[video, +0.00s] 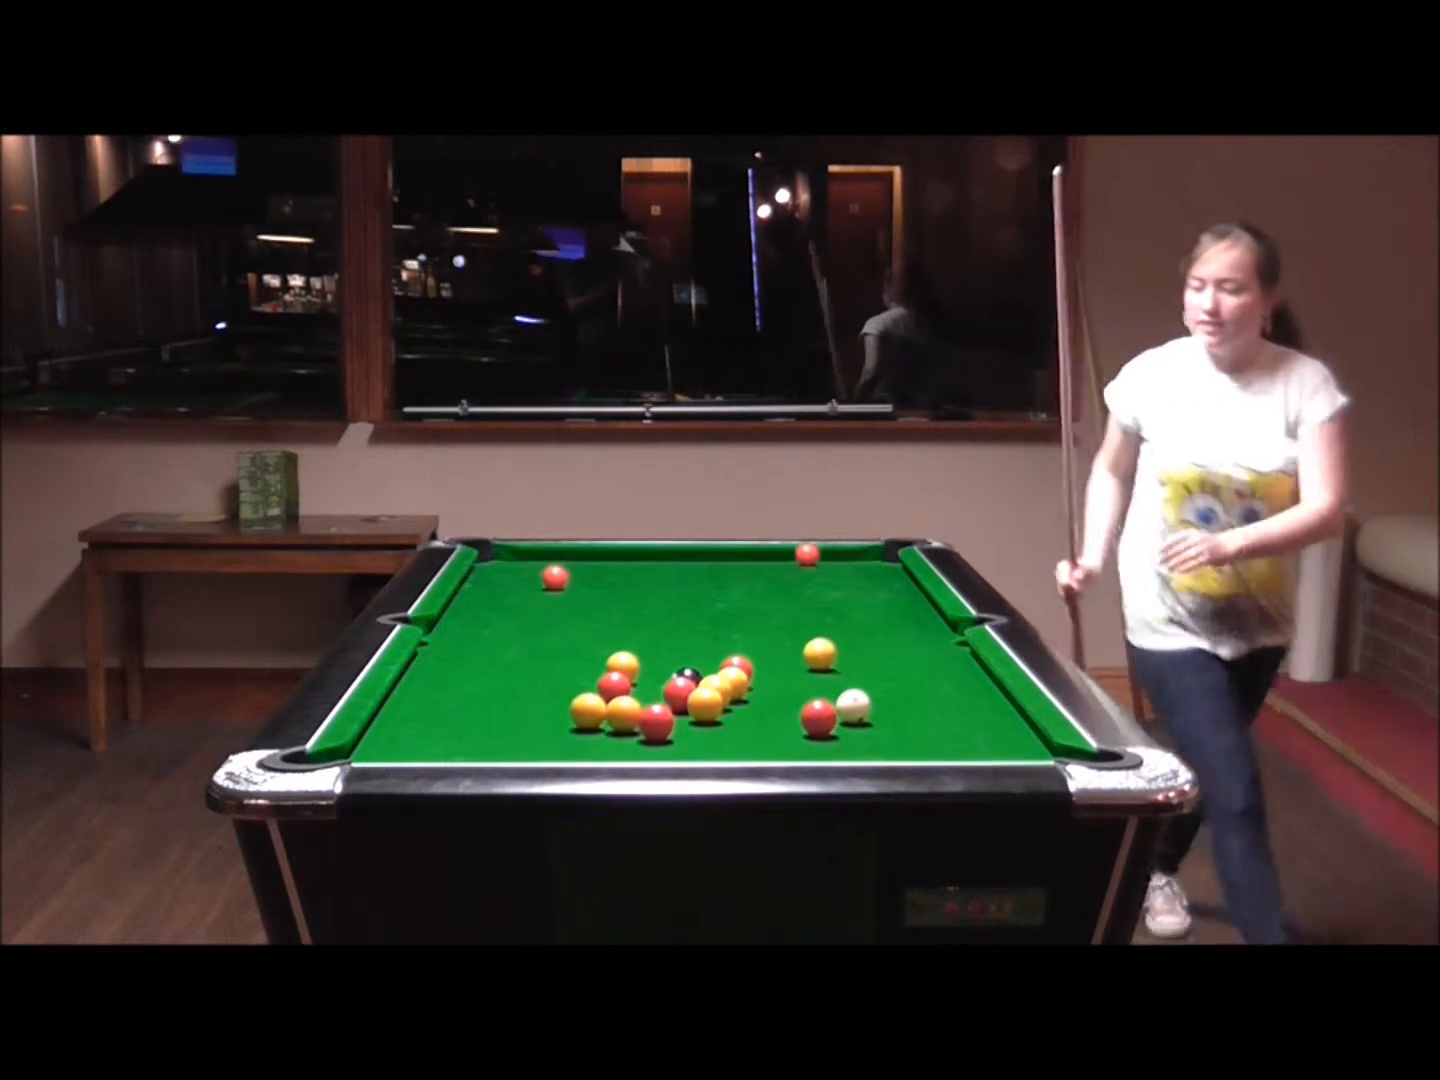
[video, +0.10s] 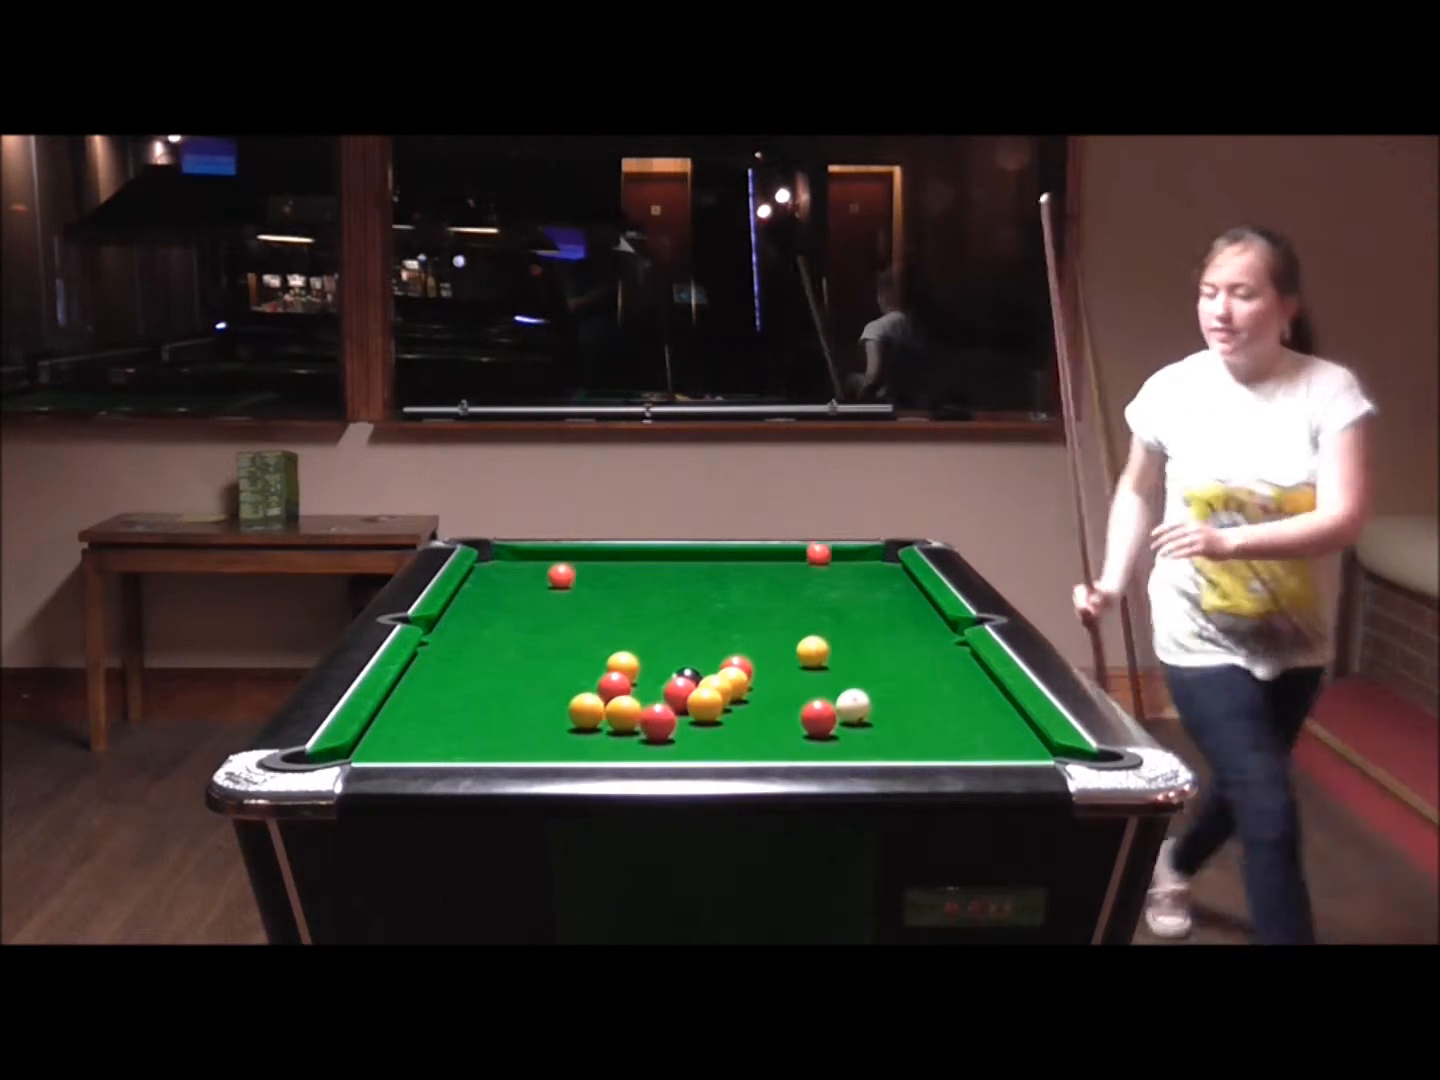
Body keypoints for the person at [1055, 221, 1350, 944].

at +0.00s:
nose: (1207, 303)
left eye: (1229, 288)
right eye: (1197, 285)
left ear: (1267, 303)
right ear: (1183, 291)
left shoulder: (1305, 383)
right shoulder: (1149, 376)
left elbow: (1328, 509)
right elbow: (1111, 469)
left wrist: (1226, 543)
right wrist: (1094, 556)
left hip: (1259, 628)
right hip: (1166, 622)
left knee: (1202, 771)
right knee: (1236, 793)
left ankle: (1157, 869)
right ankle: (1266, 936)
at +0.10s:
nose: (1219, 309)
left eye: (1241, 294)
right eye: (1209, 291)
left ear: (1286, 309)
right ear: (1197, 297)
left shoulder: (1329, 390)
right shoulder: (1169, 391)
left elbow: (1343, 518)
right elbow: (1136, 491)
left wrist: (1229, 541)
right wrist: (1113, 581)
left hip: (1294, 645)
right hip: (1199, 641)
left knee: (1238, 790)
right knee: (1271, 816)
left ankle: (1170, 870)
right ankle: (1286, 940)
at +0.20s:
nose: (1244, 303)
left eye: (1266, 287)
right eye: (1235, 286)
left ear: (1320, 301)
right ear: (1225, 295)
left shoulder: (1369, 391)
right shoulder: (1206, 393)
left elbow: (1363, 536)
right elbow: (1183, 503)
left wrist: (1226, 534)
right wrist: (1158, 595)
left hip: (1344, 666)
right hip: (1235, 664)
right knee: (1299, 848)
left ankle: (1268, 865)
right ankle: (1290, 932)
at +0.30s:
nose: (1264, 294)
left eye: (1286, 276)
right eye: (1257, 276)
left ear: (1347, 292)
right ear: (1248, 285)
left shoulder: (1391, 387)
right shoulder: (1232, 384)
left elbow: (1364, 536)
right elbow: (1229, 508)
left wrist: (1212, 520)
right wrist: (1195, 588)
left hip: (1371, 667)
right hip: (1250, 667)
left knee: (1381, 869)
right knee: (1300, 860)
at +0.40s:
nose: (1289, 288)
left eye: (1315, 270)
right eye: (1286, 270)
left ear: (1382, 287)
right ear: (1279, 276)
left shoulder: (1413, 387)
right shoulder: (1274, 380)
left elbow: (1344, 538)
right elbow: (1281, 524)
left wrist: (1191, 508)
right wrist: (1245, 585)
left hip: (1402, 676)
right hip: (1290, 674)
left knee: (1407, 891)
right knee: (1319, 891)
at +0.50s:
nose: (1305, 297)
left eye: (1330, 277)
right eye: (1303, 276)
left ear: (1399, 294)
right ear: (1299, 282)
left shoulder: (1426, 392)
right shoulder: (1310, 386)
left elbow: (1329, 542)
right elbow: (1309, 529)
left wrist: (1177, 508)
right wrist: (1281, 594)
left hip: (1422, 707)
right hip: (1323, 703)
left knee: (1420, 922)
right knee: (1334, 915)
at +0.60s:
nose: (1329, 317)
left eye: (1355, 296)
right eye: (1332, 295)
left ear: (1427, 314)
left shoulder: (1429, 420)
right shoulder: (1385, 406)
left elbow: (1309, 567)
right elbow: (1324, 550)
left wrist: (1166, 529)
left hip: (1431, 757)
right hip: (1396, 747)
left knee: (1390, 927)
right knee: (1369, 929)